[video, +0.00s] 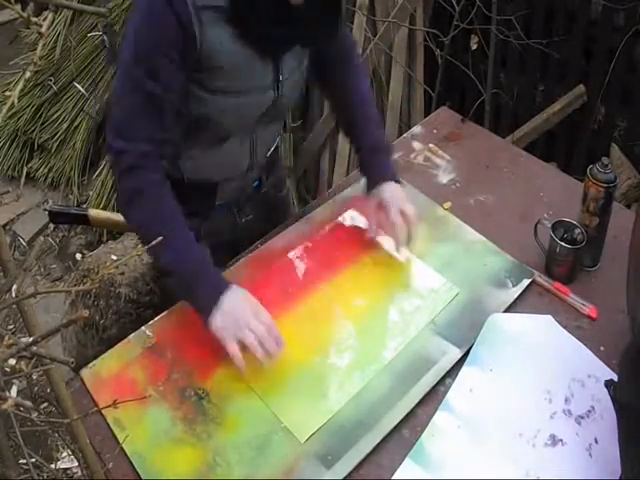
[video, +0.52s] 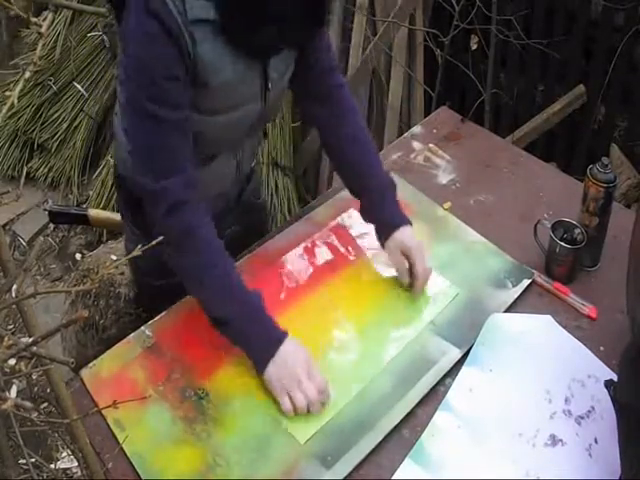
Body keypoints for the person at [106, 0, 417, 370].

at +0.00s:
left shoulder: (312, 11)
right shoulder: (169, 14)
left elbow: (341, 63)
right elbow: (135, 165)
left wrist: (382, 176)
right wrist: (214, 295)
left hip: (266, 183)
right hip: (192, 208)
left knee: (296, 307)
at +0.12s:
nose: (345, 41)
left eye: (356, 20)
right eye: (331, 18)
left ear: (366, 7)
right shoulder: (188, 28)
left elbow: (372, 88)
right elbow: (142, 206)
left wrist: (405, 202)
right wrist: (234, 333)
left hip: (267, 194)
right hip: (193, 216)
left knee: (293, 315)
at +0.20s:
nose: (338, 41)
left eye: (350, 20)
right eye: (324, 17)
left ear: (360, 9)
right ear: (277, 1)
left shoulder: (344, 28)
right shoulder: (187, 31)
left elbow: (372, 81)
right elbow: (142, 212)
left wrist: (406, 203)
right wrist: (231, 340)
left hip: (268, 199)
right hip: (194, 220)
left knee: (291, 316)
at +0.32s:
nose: (320, 5)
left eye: (329, 2)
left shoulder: (315, 18)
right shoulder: (172, 19)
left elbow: (345, 81)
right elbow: (141, 204)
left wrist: (394, 199)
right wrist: (236, 339)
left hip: (260, 195)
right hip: (188, 215)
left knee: (286, 317)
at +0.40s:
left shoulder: (289, 13)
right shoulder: (157, 17)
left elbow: (321, 97)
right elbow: (156, 190)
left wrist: (375, 206)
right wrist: (267, 315)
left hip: (244, 192)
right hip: (171, 215)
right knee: (194, 349)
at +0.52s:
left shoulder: (292, 14)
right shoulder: (158, 22)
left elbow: (329, 99)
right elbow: (169, 193)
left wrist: (390, 219)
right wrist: (266, 342)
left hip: (240, 186)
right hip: (166, 210)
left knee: (271, 304)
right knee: (176, 342)